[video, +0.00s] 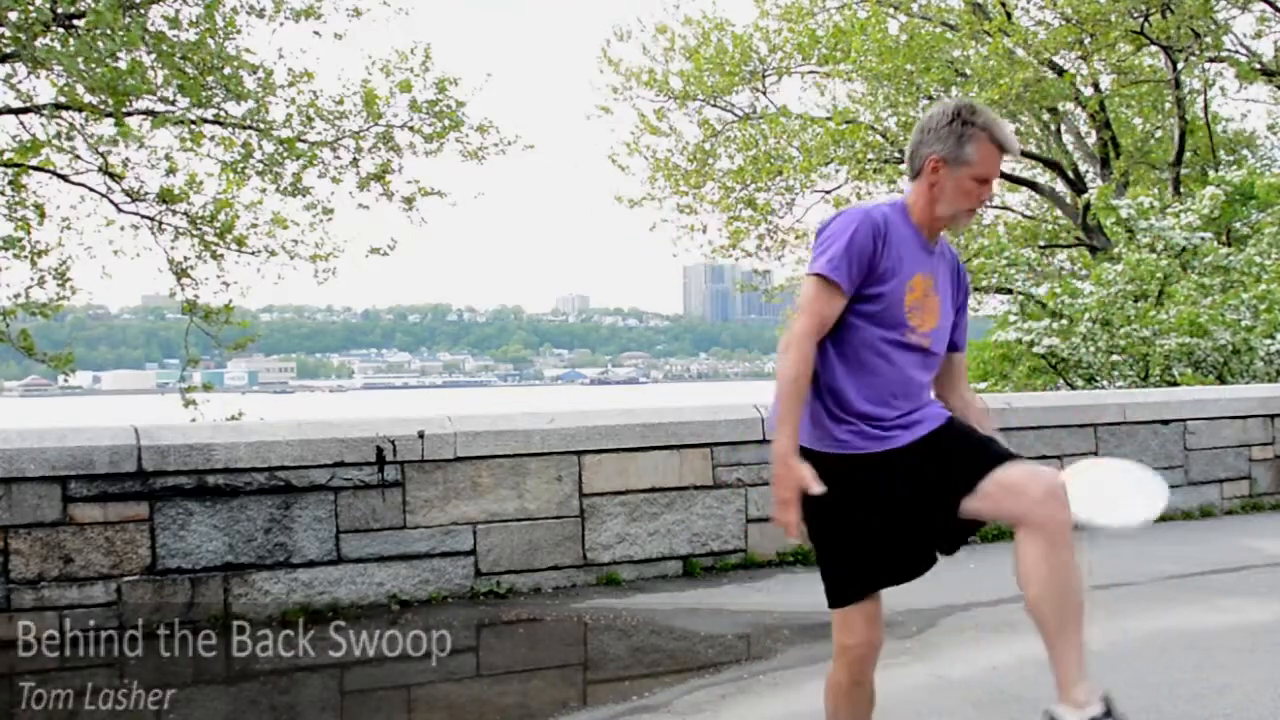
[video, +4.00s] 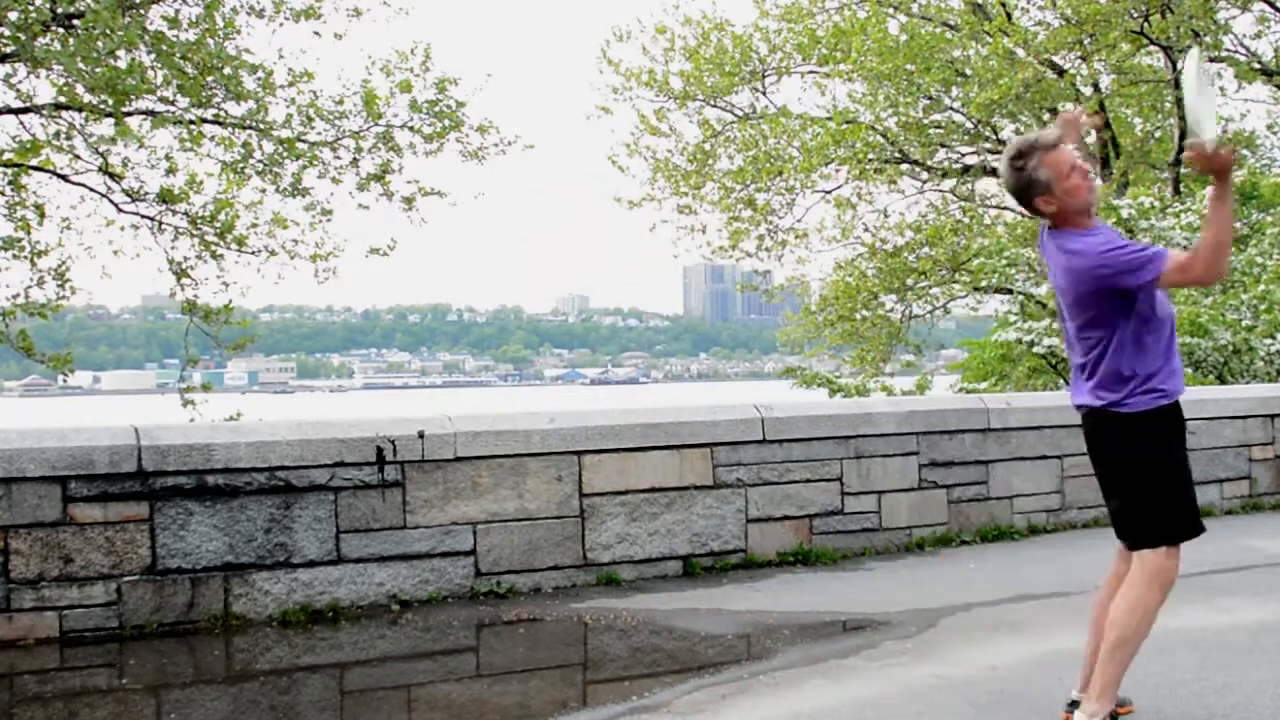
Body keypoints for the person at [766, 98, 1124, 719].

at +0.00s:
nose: (988, 197)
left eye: (993, 184)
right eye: (980, 180)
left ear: (942, 175)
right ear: (934, 170)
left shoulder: (950, 273)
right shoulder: (863, 228)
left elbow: (953, 389)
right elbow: (800, 338)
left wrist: (1009, 479)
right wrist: (783, 454)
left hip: (920, 441)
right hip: (840, 457)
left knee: (1044, 497)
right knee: (858, 646)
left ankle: (1076, 701)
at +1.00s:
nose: (775, 145)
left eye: (788, 133)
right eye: (779, 132)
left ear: (830, 148)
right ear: (820, 149)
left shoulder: (853, 223)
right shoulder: (785, 231)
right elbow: (783, 344)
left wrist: (680, 234)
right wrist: (733, 409)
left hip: (864, 448)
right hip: (799, 452)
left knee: (842, 640)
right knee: (778, 626)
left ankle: (938, 711)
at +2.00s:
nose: (782, 159)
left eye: (777, 149)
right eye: (778, 149)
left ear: (713, 164)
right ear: (763, 156)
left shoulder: (677, 235)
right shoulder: (803, 219)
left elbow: (675, 334)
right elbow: (824, 301)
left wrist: (702, 411)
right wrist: (813, 413)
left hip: (695, 435)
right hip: (778, 424)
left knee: (694, 607)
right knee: (822, 506)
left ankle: (689, 716)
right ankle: (814, 656)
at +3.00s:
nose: (960, 149)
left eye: (952, 141)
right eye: (948, 143)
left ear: (931, 167)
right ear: (927, 167)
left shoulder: (974, 210)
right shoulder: (922, 243)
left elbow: (1024, 176)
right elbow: (895, 345)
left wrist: (1058, 104)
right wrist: (955, 417)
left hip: (990, 419)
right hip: (945, 427)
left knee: (1028, 557)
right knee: (959, 575)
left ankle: (978, 683)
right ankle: (911, 708)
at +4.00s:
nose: (1084, 168)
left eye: (1079, 160)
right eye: (1072, 170)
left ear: (1052, 201)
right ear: (1049, 202)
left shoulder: (1061, 236)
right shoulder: (1095, 254)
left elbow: (1069, 188)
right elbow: (1207, 269)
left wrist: (1066, 137)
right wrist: (1222, 181)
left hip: (1112, 412)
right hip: (1137, 416)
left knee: (1133, 558)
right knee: (1159, 563)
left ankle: (1088, 695)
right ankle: (1096, 706)